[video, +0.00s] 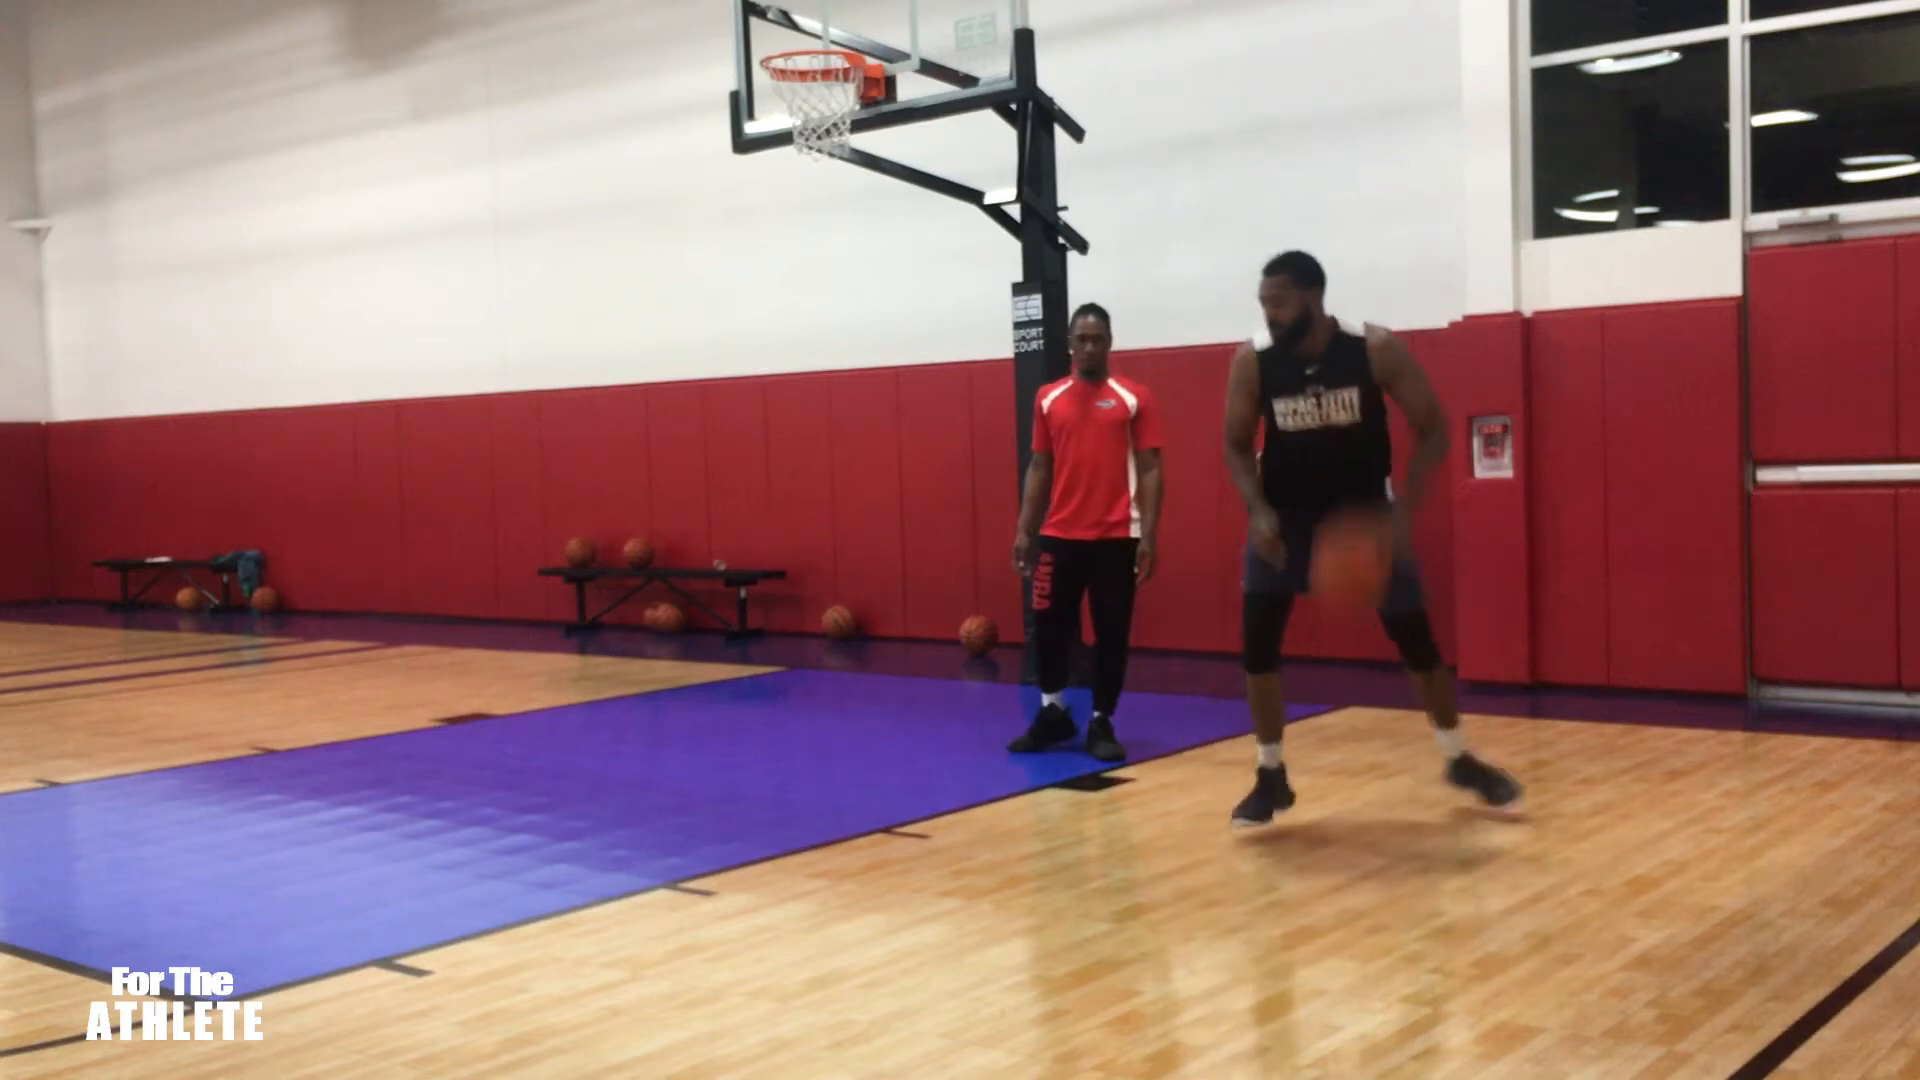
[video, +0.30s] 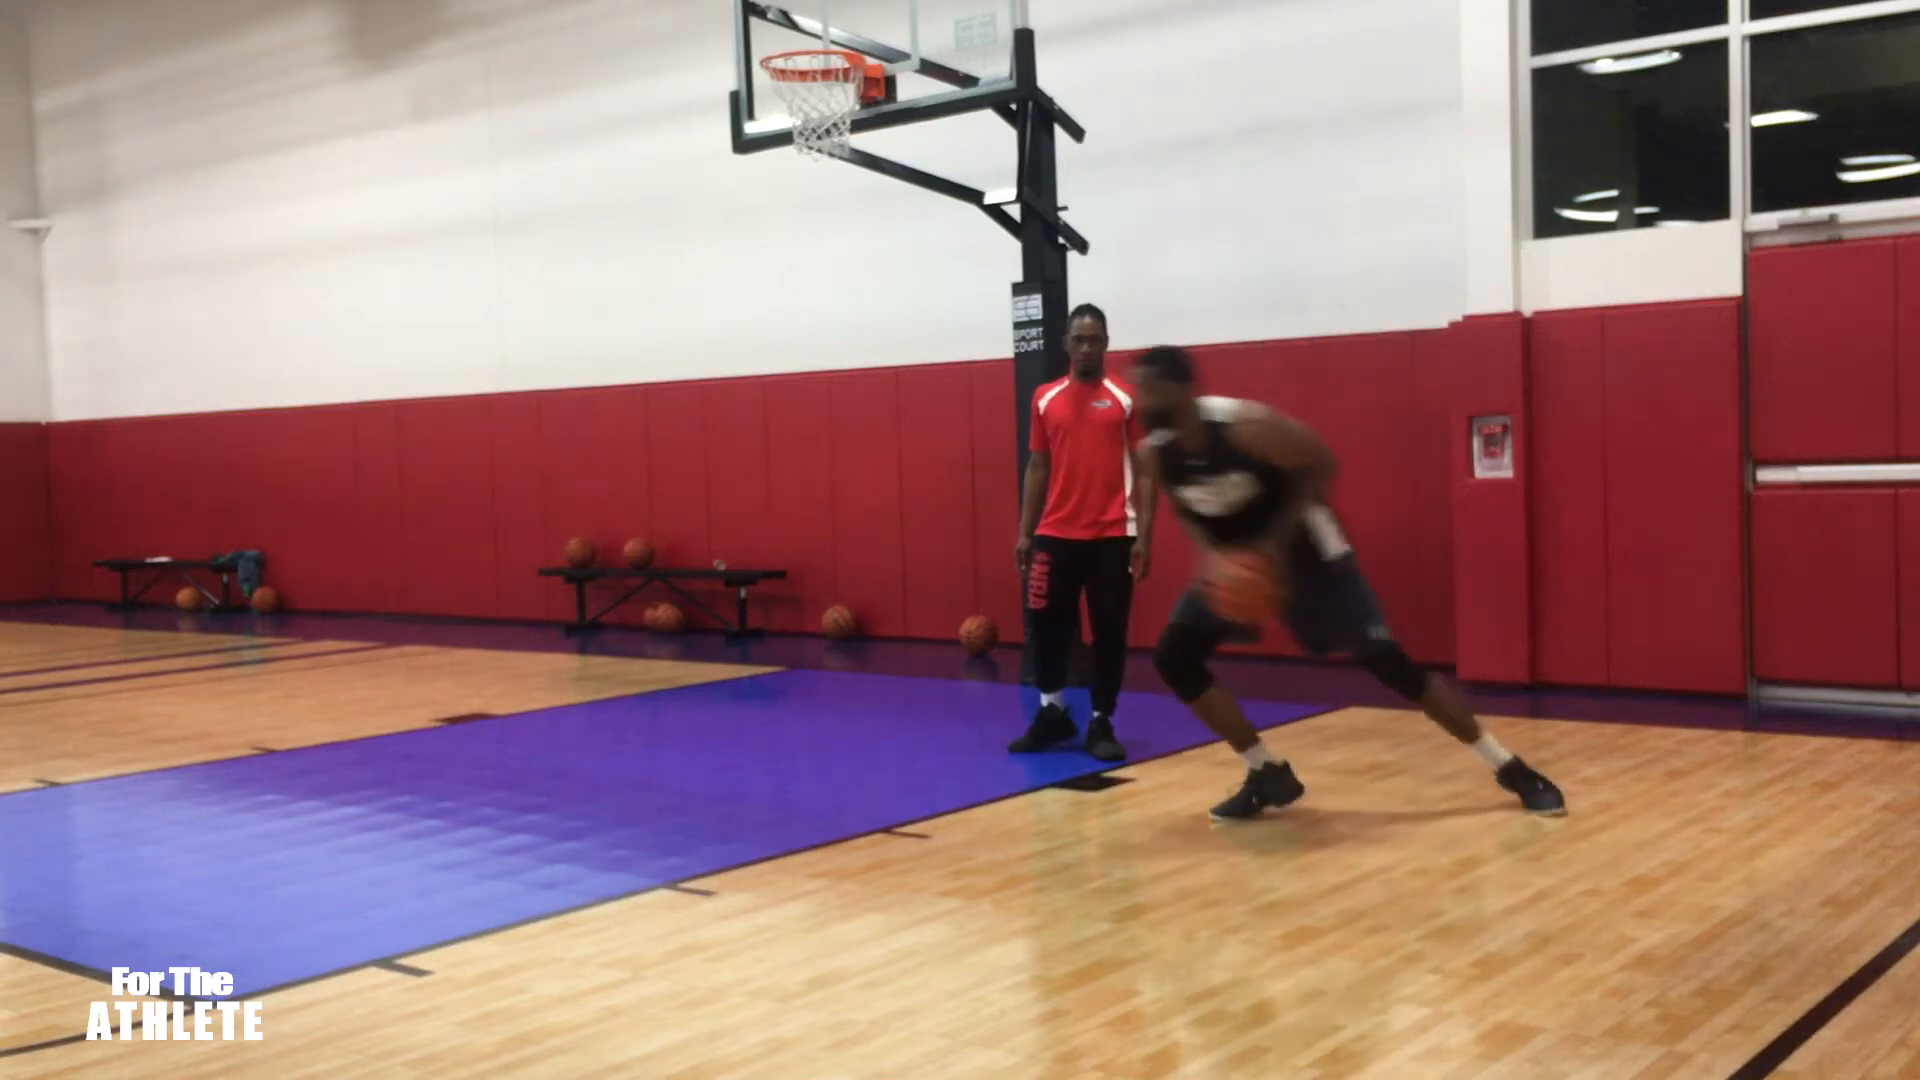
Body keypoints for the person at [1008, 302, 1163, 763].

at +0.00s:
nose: (1089, 347)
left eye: (1097, 339)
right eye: (1082, 339)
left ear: (1111, 344)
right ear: (1070, 344)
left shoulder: (1135, 399)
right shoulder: (1050, 398)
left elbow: (1150, 468)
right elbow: (1039, 469)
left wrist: (1149, 535)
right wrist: (1024, 532)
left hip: (1115, 537)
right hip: (1060, 536)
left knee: (1112, 634)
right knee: (1049, 623)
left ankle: (1102, 722)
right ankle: (1052, 712)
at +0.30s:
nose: (1086, 347)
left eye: (1094, 340)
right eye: (1079, 339)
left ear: (1107, 345)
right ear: (1066, 344)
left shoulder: (1125, 401)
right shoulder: (1046, 399)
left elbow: (1143, 471)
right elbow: (1037, 468)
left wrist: (1144, 535)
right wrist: (1025, 532)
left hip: (1111, 534)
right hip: (1057, 534)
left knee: (1110, 632)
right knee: (1045, 623)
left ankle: (1102, 721)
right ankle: (1051, 712)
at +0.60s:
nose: (1065, 345)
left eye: (1075, 337)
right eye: (1060, 337)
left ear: (1100, 343)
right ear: (1055, 343)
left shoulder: (1121, 398)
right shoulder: (1042, 399)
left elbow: (1136, 469)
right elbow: (1030, 471)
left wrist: (1130, 537)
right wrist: (1020, 528)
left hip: (1101, 528)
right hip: (1050, 528)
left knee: (1103, 629)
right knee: (1039, 622)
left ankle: (1101, 719)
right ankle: (1046, 707)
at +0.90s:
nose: (1036, 345)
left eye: (1046, 338)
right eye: (1036, 337)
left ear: (1072, 345)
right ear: (1039, 343)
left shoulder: (1098, 399)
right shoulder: (1026, 400)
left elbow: (1116, 471)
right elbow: (1019, 468)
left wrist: (1112, 537)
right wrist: (1004, 529)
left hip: (1082, 536)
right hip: (1037, 537)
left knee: (1090, 627)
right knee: (1042, 624)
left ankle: (1099, 720)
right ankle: (1056, 714)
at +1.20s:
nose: (1016, 343)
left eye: (1026, 337)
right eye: (1018, 336)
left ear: (1050, 347)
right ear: (1027, 345)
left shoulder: (1065, 397)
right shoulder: (1016, 400)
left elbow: (1080, 467)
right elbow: (1016, 474)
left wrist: (1066, 538)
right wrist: (998, 531)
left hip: (1053, 536)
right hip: (1020, 537)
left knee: (1064, 626)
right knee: (1030, 623)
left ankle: (1087, 720)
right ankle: (1055, 711)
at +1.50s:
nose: (1005, 340)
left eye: (1015, 336)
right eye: (1008, 334)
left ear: (1035, 349)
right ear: (1022, 348)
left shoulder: (1039, 394)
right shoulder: (1016, 395)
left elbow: (1046, 465)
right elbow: (1014, 471)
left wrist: (1022, 533)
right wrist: (1000, 530)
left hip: (1035, 532)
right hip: (1021, 530)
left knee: (1018, 621)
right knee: (1031, 621)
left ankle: (1029, 715)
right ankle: (1057, 709)